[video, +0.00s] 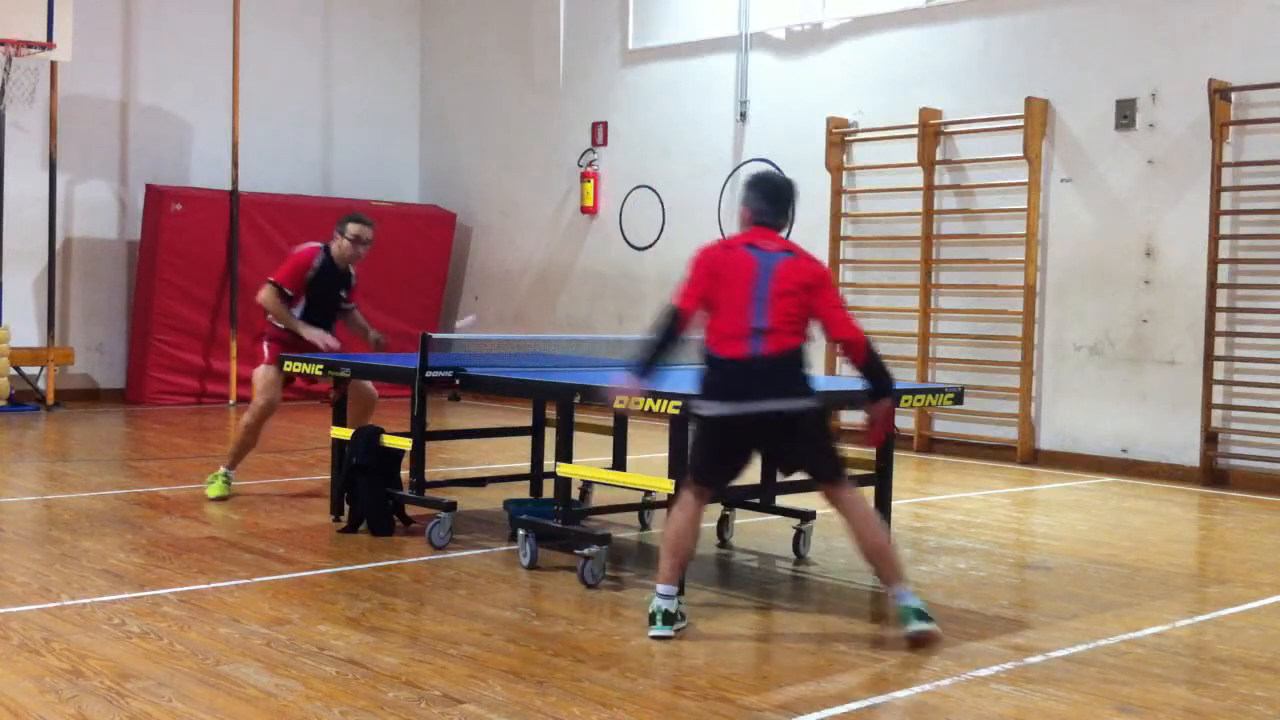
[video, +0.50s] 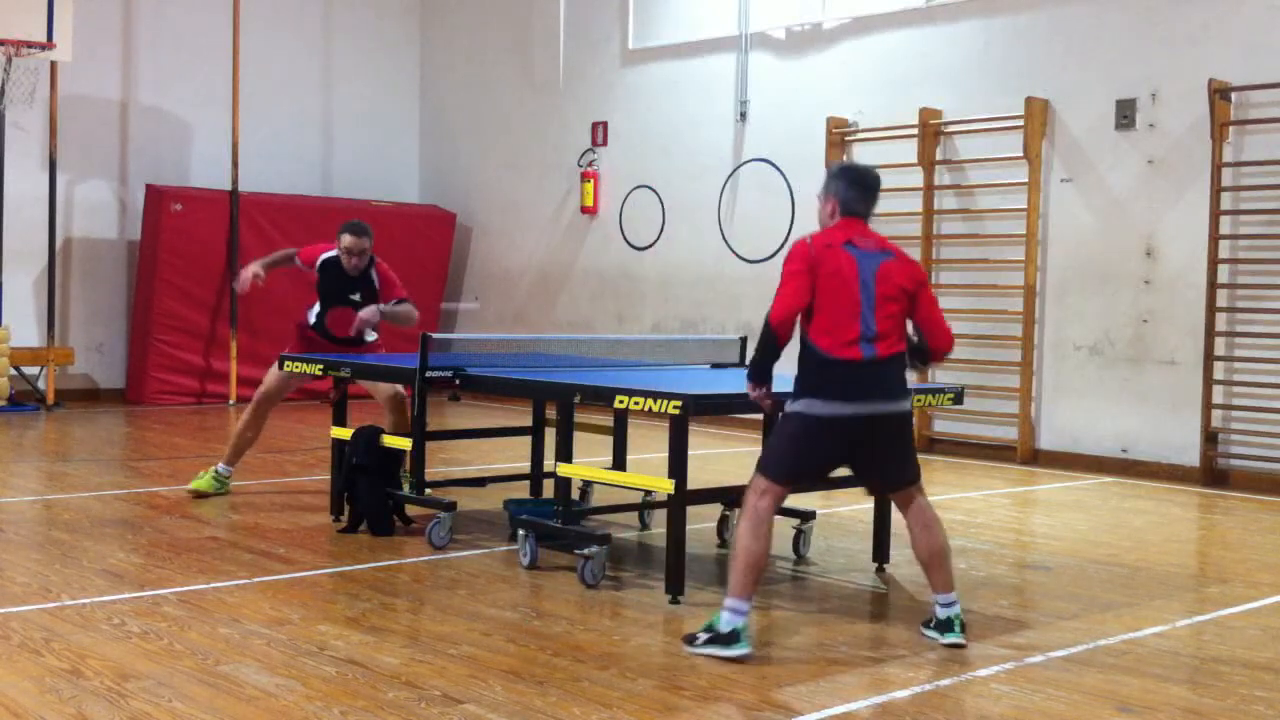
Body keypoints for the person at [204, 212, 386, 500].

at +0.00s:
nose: (360, 250)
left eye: (366, 244)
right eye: (356, 241)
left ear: (369, 247)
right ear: (338, 237)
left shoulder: (349, 274)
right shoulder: (309, 256)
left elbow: (346, 309)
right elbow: (267, 296)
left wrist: (369, 334)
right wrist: (305, 330)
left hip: (320, 348)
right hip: (280, 343)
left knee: (366, 397)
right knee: (266, 401)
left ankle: (347, 467)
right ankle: (225, 472)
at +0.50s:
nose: (354, 260)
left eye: (361, 254)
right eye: (348, 253)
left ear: (371, 250)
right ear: (339, 247)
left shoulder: (379, 271)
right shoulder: (324, 256)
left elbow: (410, 316)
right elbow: (291, 256)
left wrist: (381, 312)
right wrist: (258, 265)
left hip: (362, 348)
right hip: (314, 342)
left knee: (396, 398)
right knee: (263, 395)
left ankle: (397, 474)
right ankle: (222, 473)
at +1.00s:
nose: (331, 221)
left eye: (335, 215)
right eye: (324, 214)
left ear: (338, 217)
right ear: (305, 214)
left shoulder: (329, 252)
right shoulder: (279, 238)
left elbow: (341, 287)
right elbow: (228, 266)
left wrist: (368, 308)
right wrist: (266, 274)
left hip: (307, 331)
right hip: (263, 330)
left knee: (354, 387)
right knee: (238, 405)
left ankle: (333, 462)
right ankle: (208, 452)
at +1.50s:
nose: (350, 253)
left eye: (353, 247)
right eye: (345, 245)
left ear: (344, 250)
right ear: (322, 242)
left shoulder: (328, 289)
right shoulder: (290, 257)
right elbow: (235, 263)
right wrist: (269, 278)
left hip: (273, 356)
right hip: (239, 343)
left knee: (330, 389)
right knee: (220, 410)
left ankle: (318, 472)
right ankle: (159, 481)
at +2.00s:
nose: (396, 225)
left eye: (401, 219)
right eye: (390, 217)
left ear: (405, 222)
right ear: (371, 217)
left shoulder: (402, 258)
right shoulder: (343, 241)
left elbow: (429, 301)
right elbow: (293, 260)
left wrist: (444, 311)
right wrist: (286, 282)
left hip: (373, 336)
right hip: (325, 330)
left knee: (404, 397)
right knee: (288, 392)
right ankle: (247, 463)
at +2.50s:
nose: (391, 255)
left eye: (396, 250)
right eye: (385, 248)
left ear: (401, 253)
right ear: (370, 248)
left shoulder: (396, 287)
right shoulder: (344, 270)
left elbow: (397, 330)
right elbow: (299, 305)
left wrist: (399, 360)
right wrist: (309, 335)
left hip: (367, 353)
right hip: (328, 350)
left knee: (418, 395)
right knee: (292, 412)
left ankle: (422, 465)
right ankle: (248, 468)